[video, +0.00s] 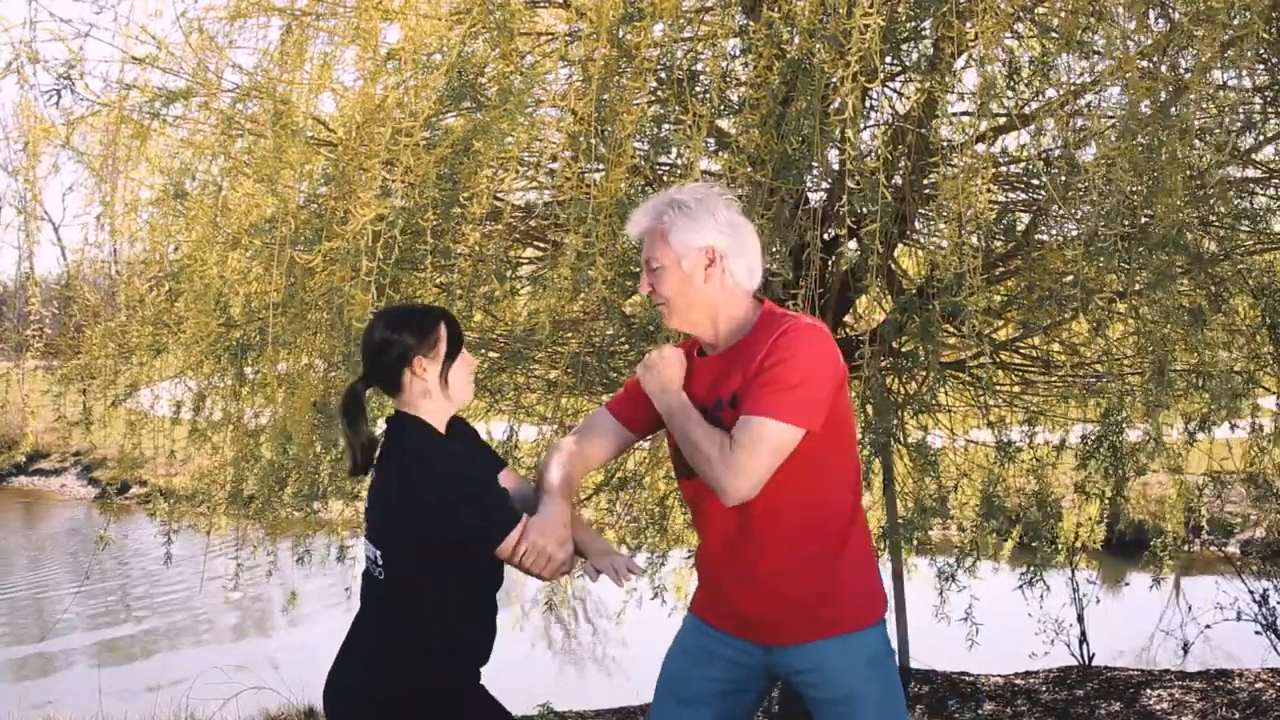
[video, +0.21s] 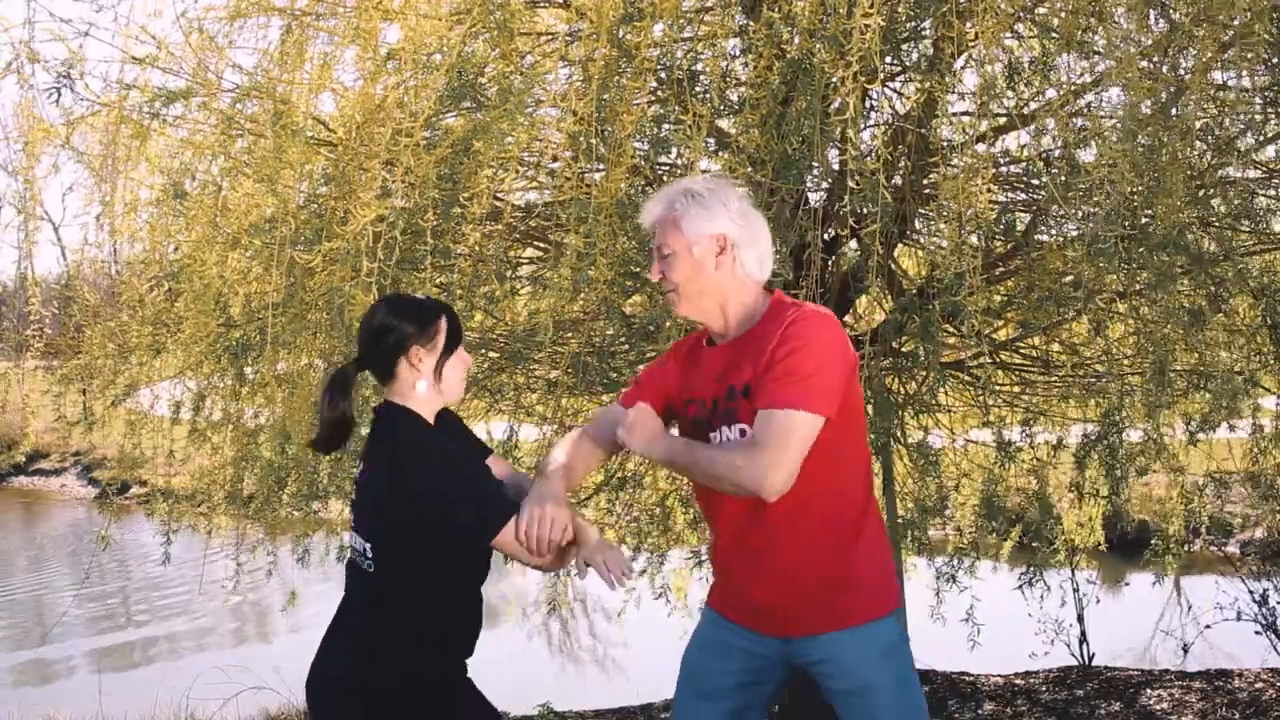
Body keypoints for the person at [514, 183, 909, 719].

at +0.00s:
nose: (646, 287)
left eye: (655, 269)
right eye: (645, 272)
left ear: (711, 262)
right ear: (709, 265)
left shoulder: (804, 346)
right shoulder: (682, 365)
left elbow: (735, 478)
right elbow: (574, 449)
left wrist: (668, 397)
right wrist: (554, 509)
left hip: (836, 634)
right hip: (719, 630)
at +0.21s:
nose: (655, 274)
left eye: (666, 255)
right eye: (655, 259)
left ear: (722, 250)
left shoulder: (810, 332)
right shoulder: (684, 363)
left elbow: (767, 471)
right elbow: (596, 435)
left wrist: (660, 445)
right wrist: (551, 488)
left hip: (851, 620)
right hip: (738, 618)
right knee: (692, 711)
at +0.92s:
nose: (804, 259)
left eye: (819, 243)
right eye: (806, 243)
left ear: (878, 249)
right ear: (867, 249)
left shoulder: (954, 345)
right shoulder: (801, 350)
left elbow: (889, 465)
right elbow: (694, 426)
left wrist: (776, 403)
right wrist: (585, 385)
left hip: (931, 641)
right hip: (806, 628)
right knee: (752, 710)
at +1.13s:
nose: (769, 273)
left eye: (782, 256)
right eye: (769, 257)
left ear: (841, 257)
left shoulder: (924, 345)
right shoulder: (770, 360)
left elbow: (862, 473)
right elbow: (672, 437)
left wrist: (751, 440)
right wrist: (569, 386)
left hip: (913, 641)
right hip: (788, 630)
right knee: (733, 709)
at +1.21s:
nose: (761, 280)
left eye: (773, 263)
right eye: (760, 264)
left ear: (833, 260)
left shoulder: (918, 345)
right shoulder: (765, 361)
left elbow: (858, 473)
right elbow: (665, 436)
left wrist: (745, 437)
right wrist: (566, 383)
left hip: (913, 640)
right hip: (788, 631)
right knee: (733, 710)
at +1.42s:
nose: (761, 282)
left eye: (772, 264)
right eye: (759, 266)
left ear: (831, 261)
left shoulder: (919, 344)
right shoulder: (765, 362)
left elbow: (860, 473)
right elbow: (665, 436)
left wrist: (746, 437)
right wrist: (561, 384)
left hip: (916, 640)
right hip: (791, 630)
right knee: (735, 710)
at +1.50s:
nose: (762, 282)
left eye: (774, 264)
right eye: (761, 266)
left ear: (834, 260)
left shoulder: (920, 343)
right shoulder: (768, 360)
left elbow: (863, 472)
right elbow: (665, 435)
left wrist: (749, 438)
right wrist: (561, 386)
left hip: (917, 640)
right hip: (793, 629)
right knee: (735, 711)